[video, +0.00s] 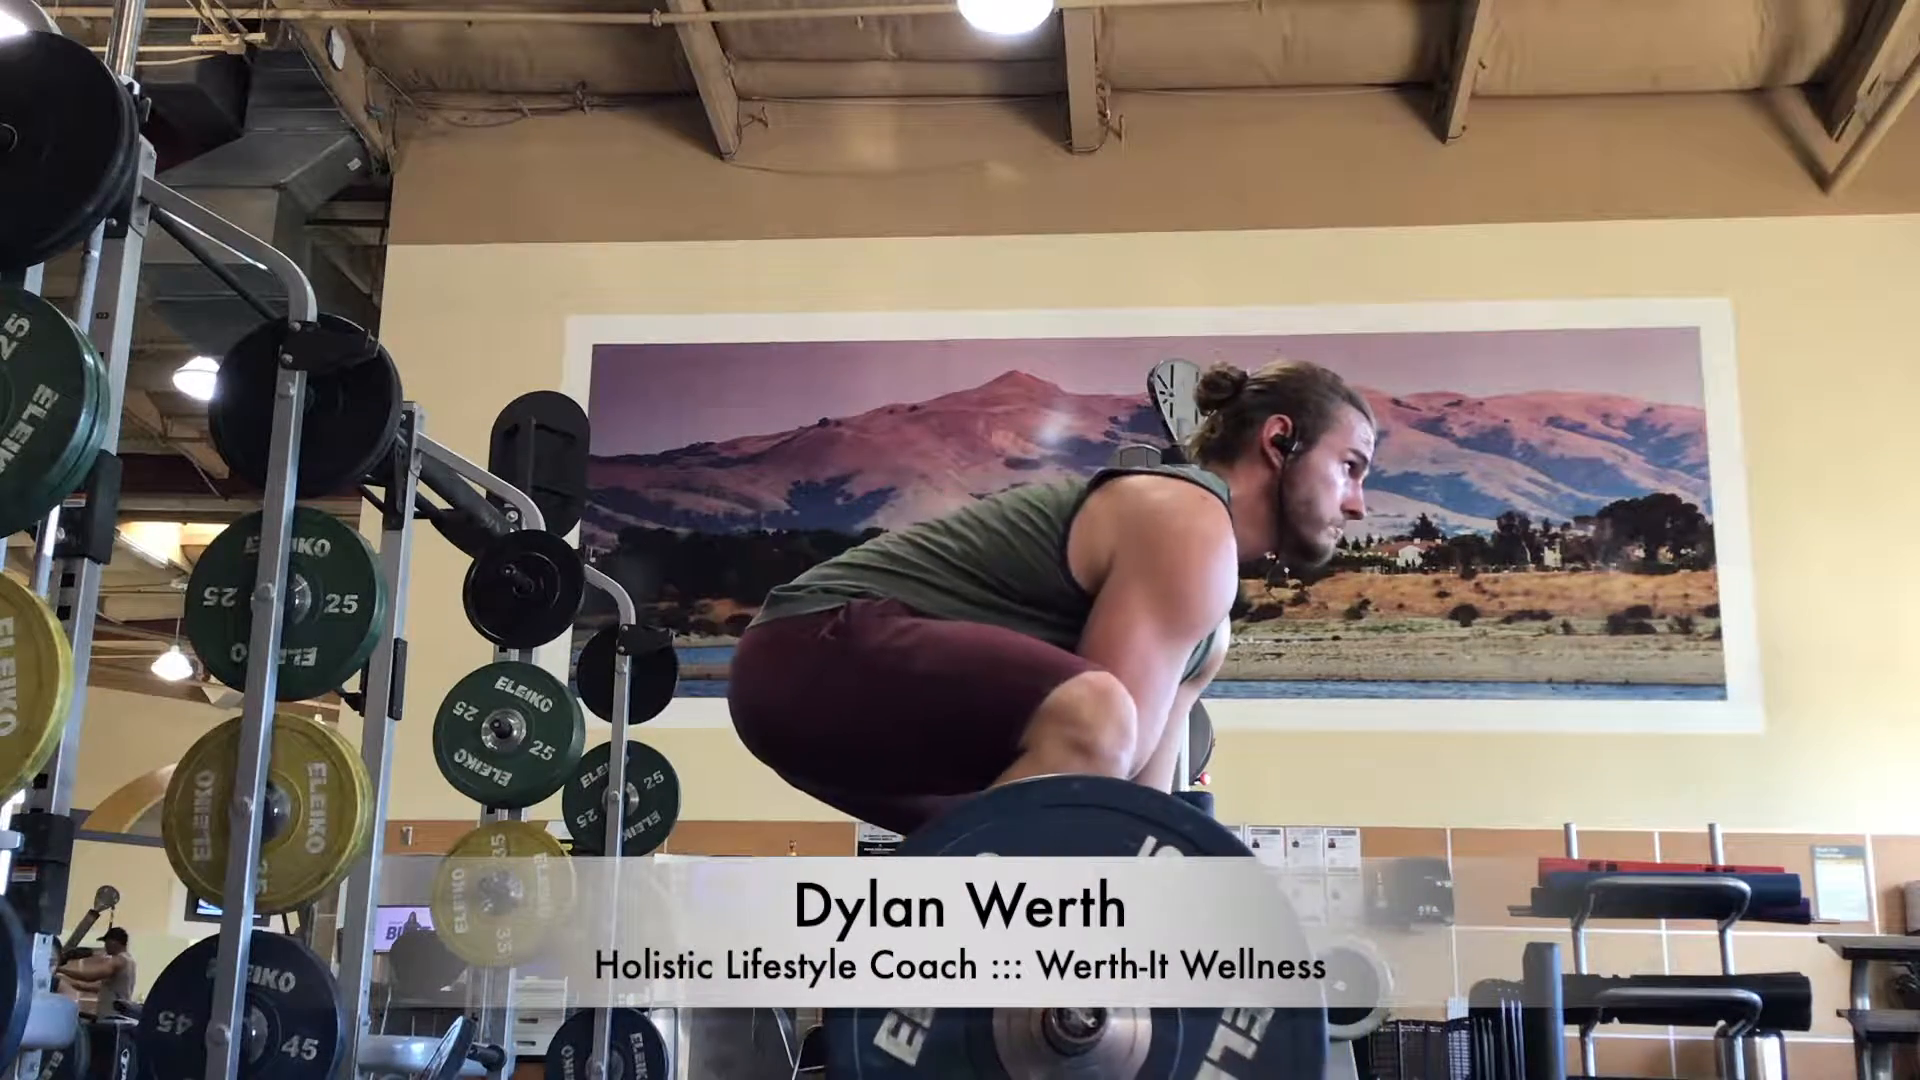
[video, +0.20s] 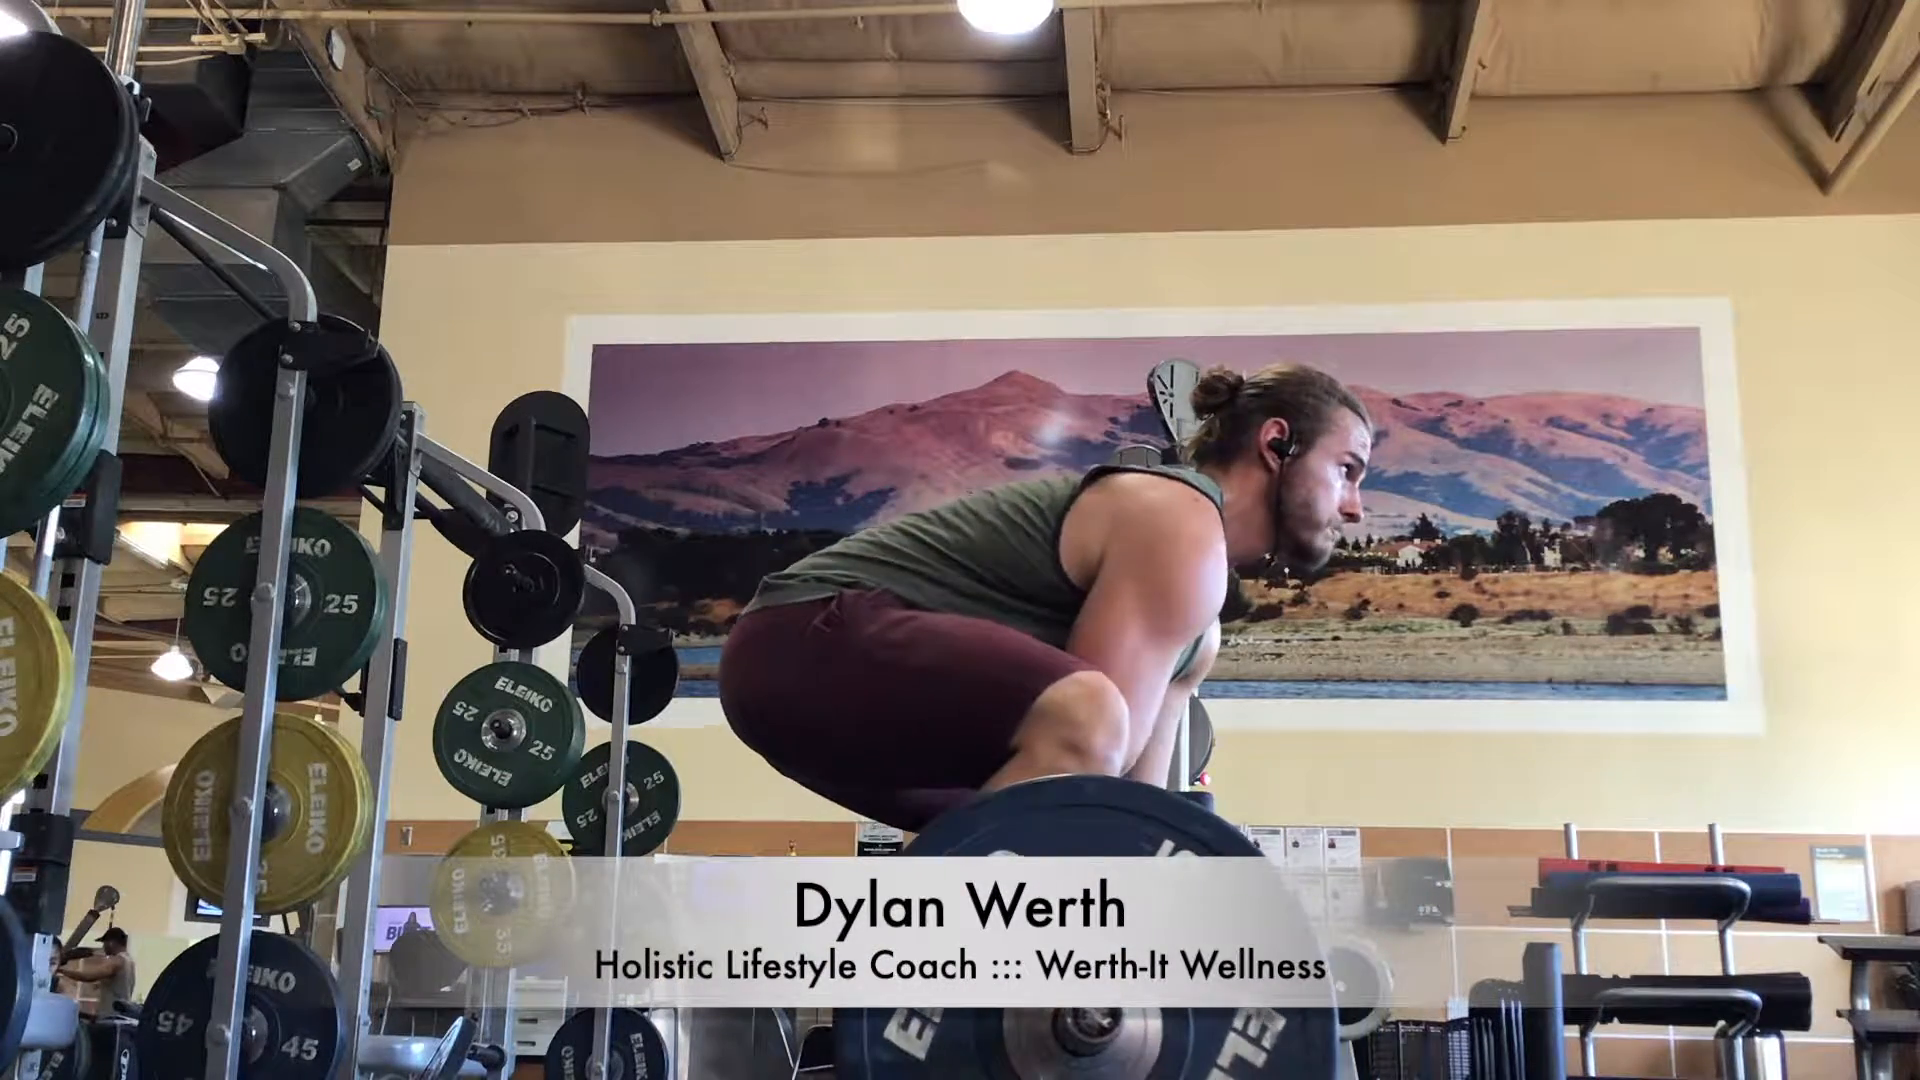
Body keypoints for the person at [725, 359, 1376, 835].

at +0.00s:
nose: (1359, 503)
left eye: (1364, 479)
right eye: (1350, 468)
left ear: (1281, 451)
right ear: (1278, 445)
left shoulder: (1201, 633)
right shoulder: (1188, 528)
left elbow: (1144, 800)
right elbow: (1093, 768)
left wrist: (1139, 974)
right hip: (816, 643)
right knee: (1097, 716)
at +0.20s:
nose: (1356, 504)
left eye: (1361, 481)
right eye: (1346, 471)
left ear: (1276, 452)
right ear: (1274, 447)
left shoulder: (1192, 622)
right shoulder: (1179, 529)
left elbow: (1139, 801)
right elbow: (1084, 766)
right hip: (807, 631)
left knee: (1180, 704)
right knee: (1089, 718)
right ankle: (925, 945)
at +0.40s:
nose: (1347, 506)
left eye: (1352, 483)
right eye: (1338, 472)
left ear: (1269, 452)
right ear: (1266, 447)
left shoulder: (1179, 619)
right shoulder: (1155, 524)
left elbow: (1134, 806)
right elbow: (1063, 760)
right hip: (792, 620)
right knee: (1075, 716)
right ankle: (921, 960)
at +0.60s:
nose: (1338, 506)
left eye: (1342, 481)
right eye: (1327, 469)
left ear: (1258, 450)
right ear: (1255, 445)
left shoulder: (1171, 615)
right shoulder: (1138, 523)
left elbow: (1135, 807)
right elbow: (1066, 772)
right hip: (784, 613)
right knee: (1070, 717)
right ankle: (919, 1013)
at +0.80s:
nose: (1320, 498)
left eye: (1326, 477)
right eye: (1311, 463)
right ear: (1238, 437)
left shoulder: (1163, 617)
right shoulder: (1120, 519)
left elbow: (1139, 797)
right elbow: (1074, 784)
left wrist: (1173, 966)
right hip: (770, 614)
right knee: (1051, 716)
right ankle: (914, 1042)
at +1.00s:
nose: (1312, 497)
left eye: (1318, 477)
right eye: (1301, 464)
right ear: (1227, 439)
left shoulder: (1168, 613)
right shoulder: (1108, 522)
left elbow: (1152, 798)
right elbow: (1074, 776)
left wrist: (1174, 968)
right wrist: (1100, 967)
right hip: (754, 609)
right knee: (1018, 704)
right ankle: (907, 1043)